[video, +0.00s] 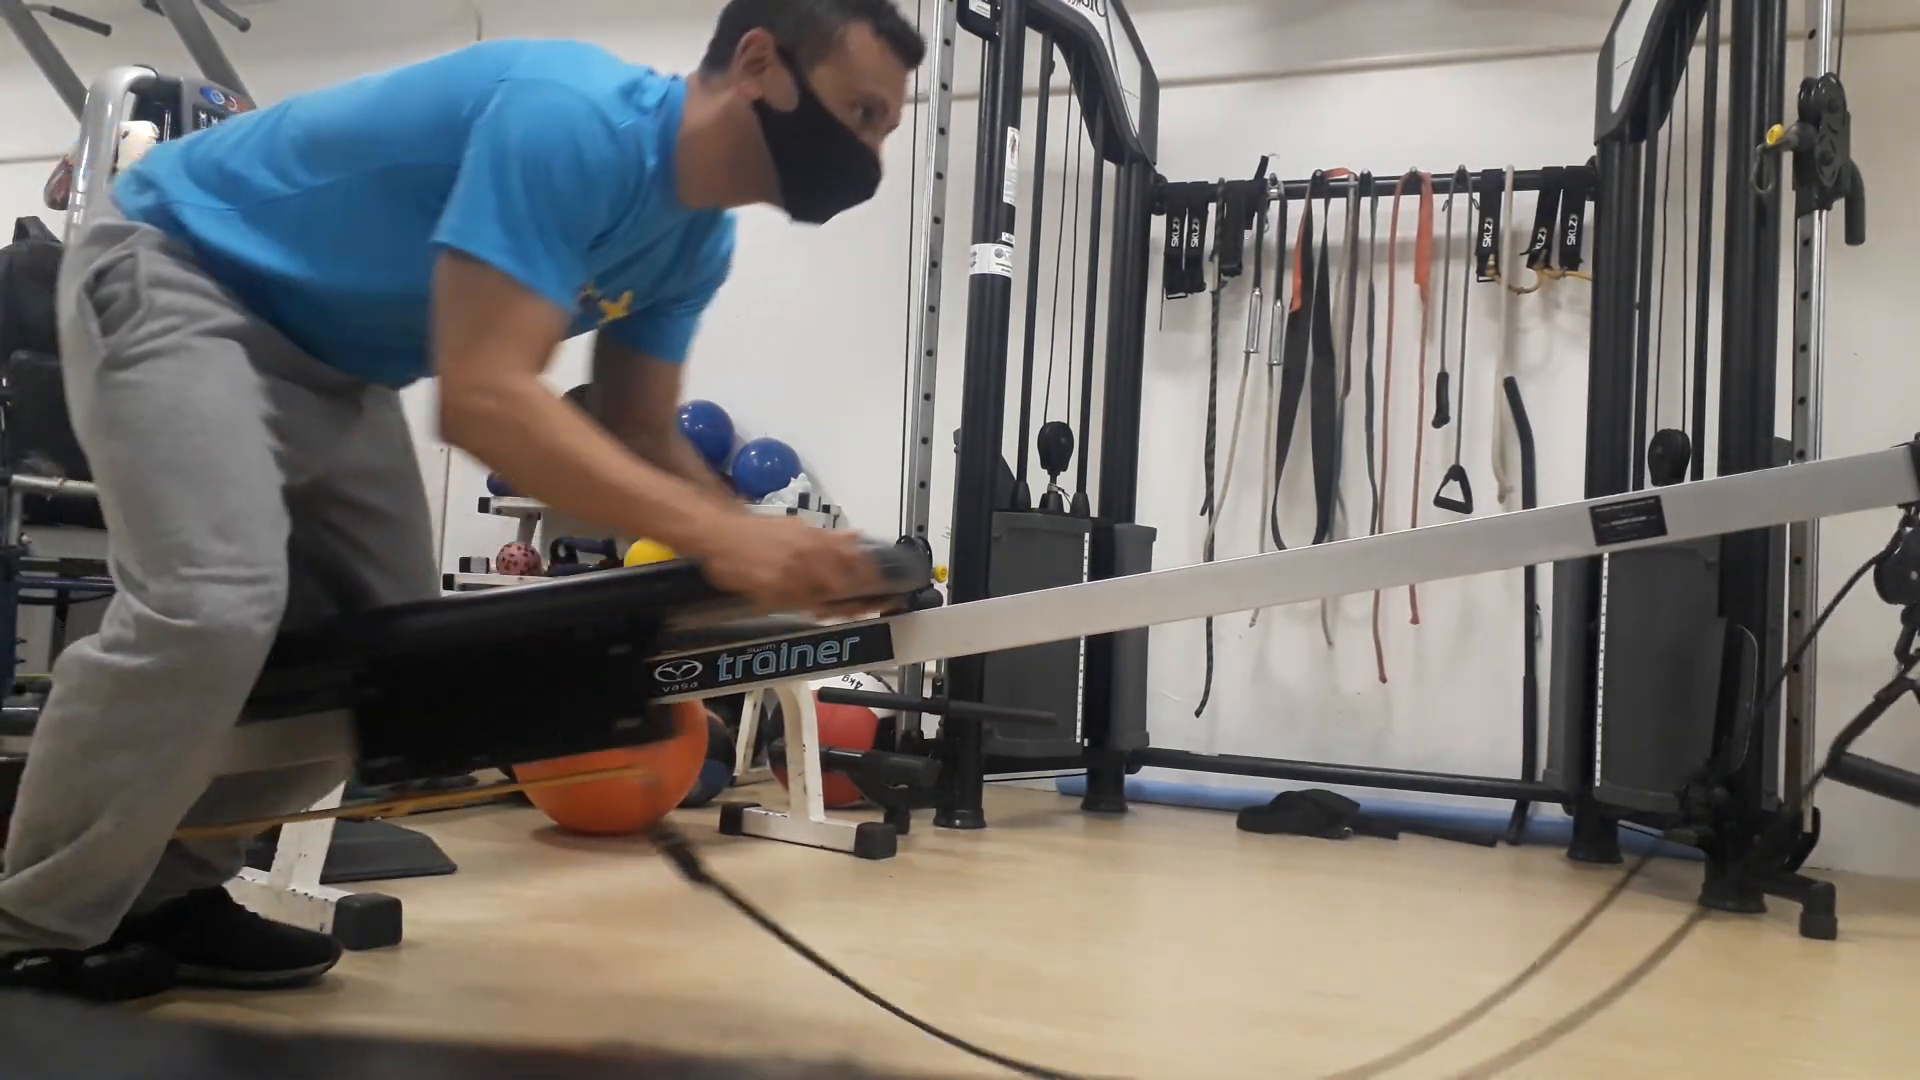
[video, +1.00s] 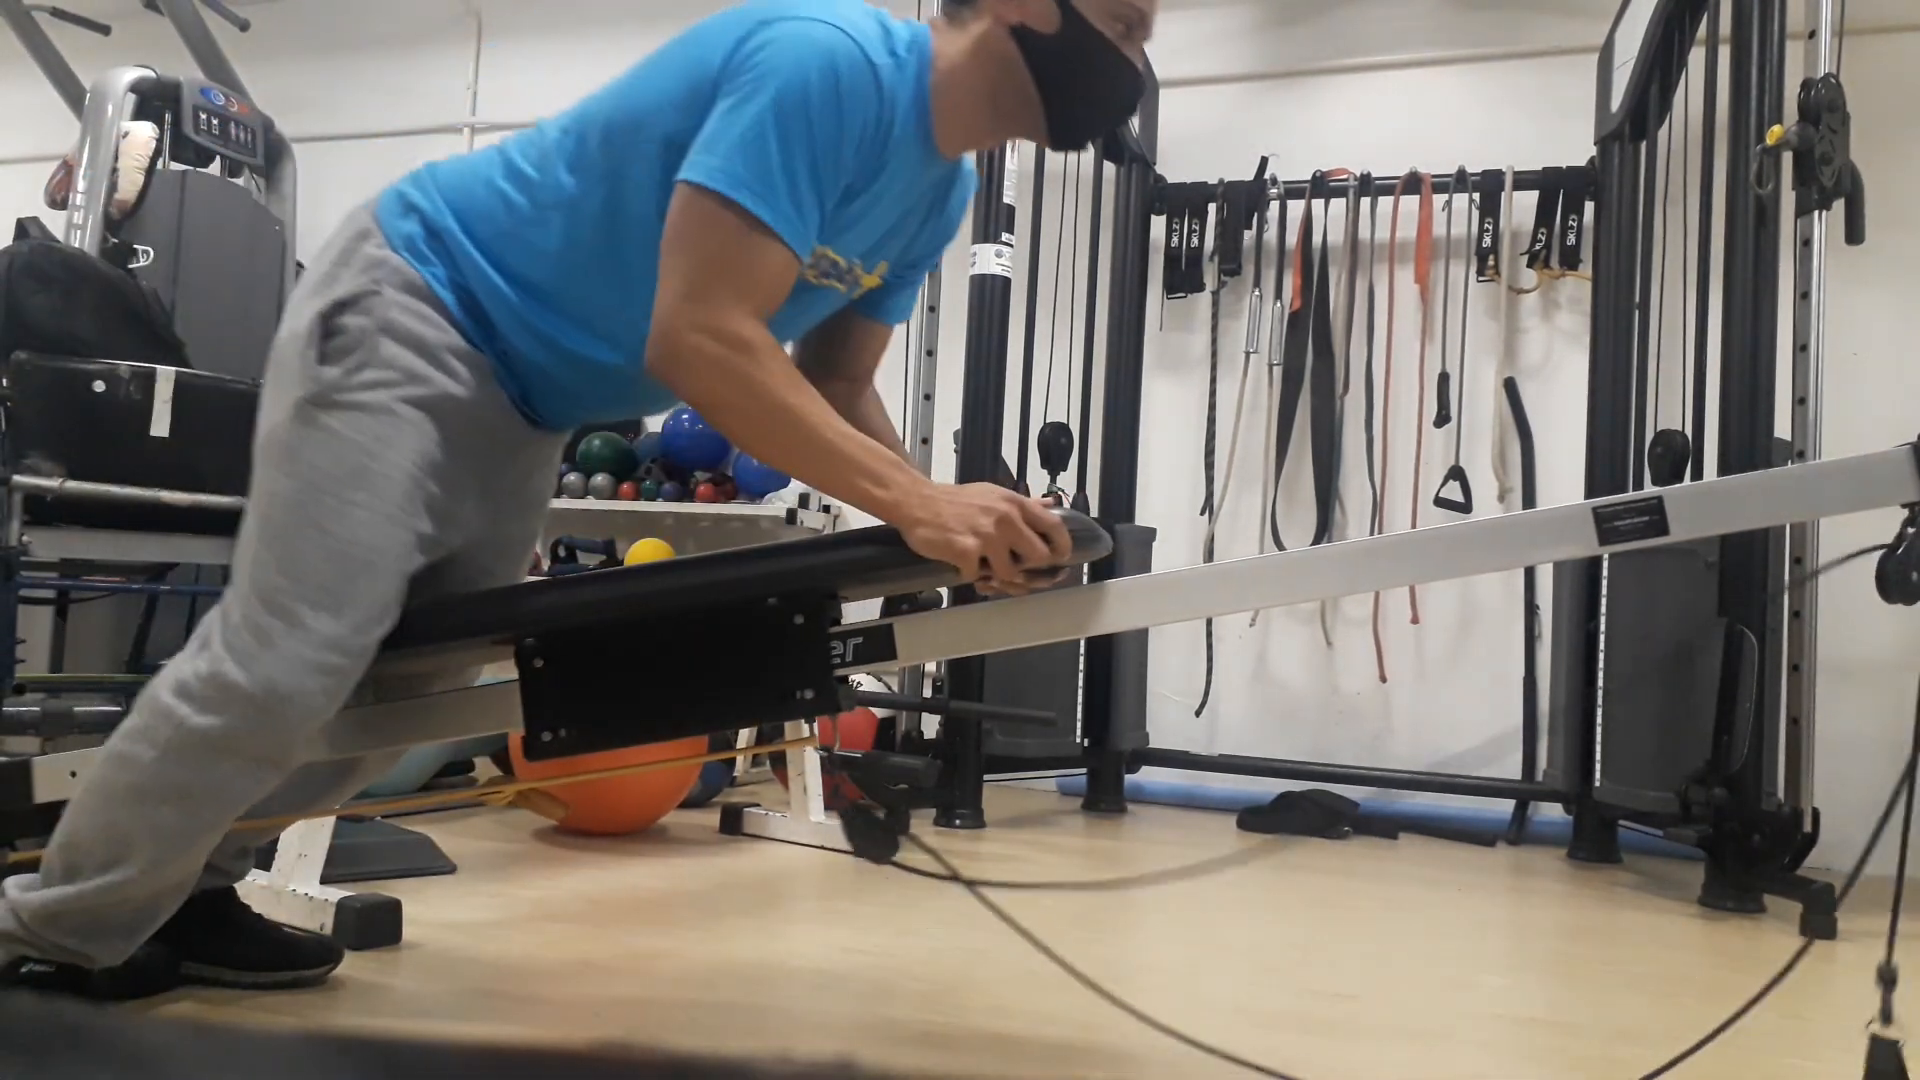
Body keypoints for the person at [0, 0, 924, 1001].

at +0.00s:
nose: (867, 149)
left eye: (884, 128)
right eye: (857, 109)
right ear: (756, 63)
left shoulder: (696, 234)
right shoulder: (567, 120)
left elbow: (636, 425)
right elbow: (482, 400)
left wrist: (759, 540)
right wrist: (723, 532)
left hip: (331, 358)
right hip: (173, 267)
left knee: (394, 647)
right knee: (210, 607)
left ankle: (165, 891)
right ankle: (30, 928)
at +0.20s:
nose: (917, 110)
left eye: (930, 85)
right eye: (901, 69)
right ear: (801, 25)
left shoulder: (748, 210)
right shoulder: (616, 91)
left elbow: (741, 421)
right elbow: (619, 390)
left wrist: (881, 524)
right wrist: (859, 508)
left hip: (373, 363)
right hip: (224, 262)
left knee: (410, 671)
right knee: (228, 622)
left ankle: (173, 880)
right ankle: (38, 929)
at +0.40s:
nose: (959, 78)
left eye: (975, 59)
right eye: (950, 40)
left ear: (854, 34)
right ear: (855, 6)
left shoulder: (797, 179)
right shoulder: (671, 68)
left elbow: (811, 395)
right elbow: (712, 360)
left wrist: (973, 502)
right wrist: (950, 492)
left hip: (406, 355)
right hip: (264, 260)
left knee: (397, 661)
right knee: (231, 623)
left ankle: (169, 882)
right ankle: (39, 923)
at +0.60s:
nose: (998, 82)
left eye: (1012, 59)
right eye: (1002, 49)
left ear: (940, 36)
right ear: (932, 17)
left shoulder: (846, 160)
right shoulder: (728, 45)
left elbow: (820, 380)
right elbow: (710, 340)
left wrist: (956, 503)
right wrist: (937, 500)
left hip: (451, 352)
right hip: (322, 257)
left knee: (397, 668)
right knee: (238, 640)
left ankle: (172, 878)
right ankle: (38, 923)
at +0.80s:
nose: (1041, 73)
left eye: (1057, 58)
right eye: (1040, 40)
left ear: (1005, 49)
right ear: (968, 1)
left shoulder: (894, 164)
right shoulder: (784, 49)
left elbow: (823, 376)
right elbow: (700, 341)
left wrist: (947, 511)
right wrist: (922, 503)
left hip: (492, 377)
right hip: (371, 275)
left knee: (420, 681)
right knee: (254, 659)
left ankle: (178, 875)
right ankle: (43, 929)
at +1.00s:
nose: (1051, 143)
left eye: (1075, 127)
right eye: (1061, 110)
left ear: (1026, 60)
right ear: (1012, 28)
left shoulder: (942, 189)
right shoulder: (827, 65)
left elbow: (836, 373)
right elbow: (699, 340)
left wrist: (940, 512)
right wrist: (909, 500)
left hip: (525, 401)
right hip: (416, 302)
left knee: (434, 695)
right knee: (282, 673)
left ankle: (181, 882)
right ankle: (47, 939)